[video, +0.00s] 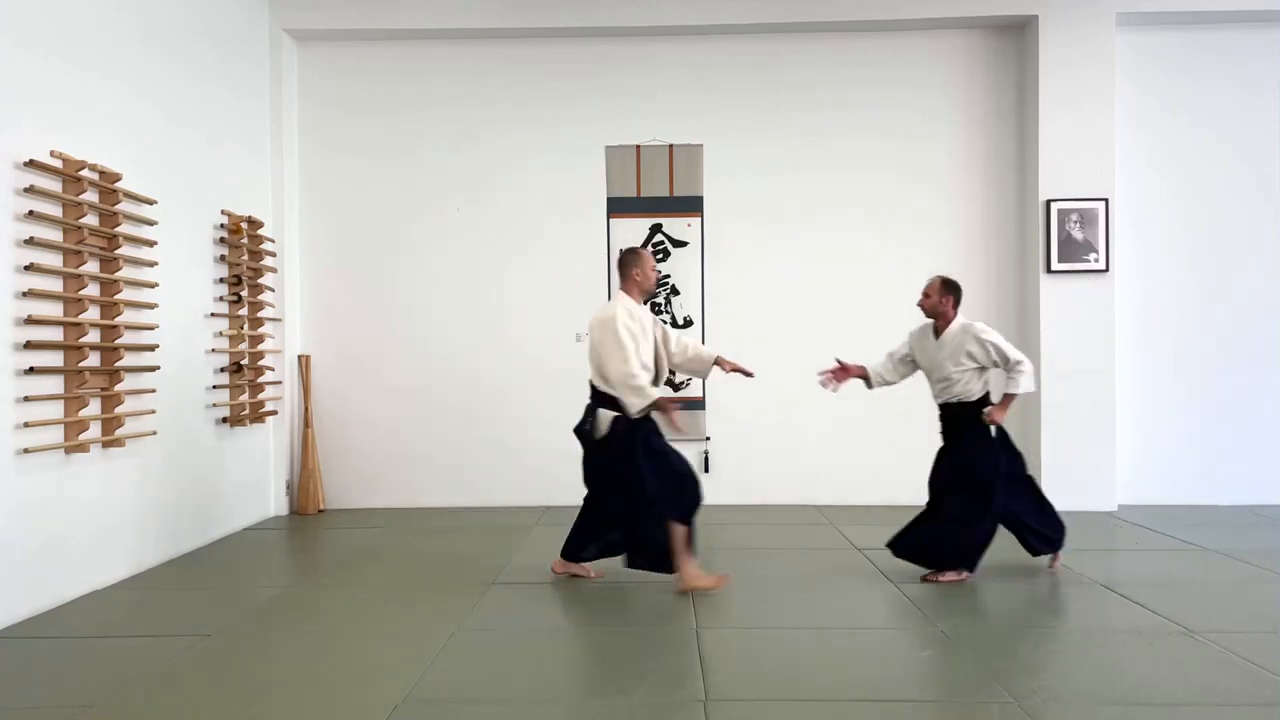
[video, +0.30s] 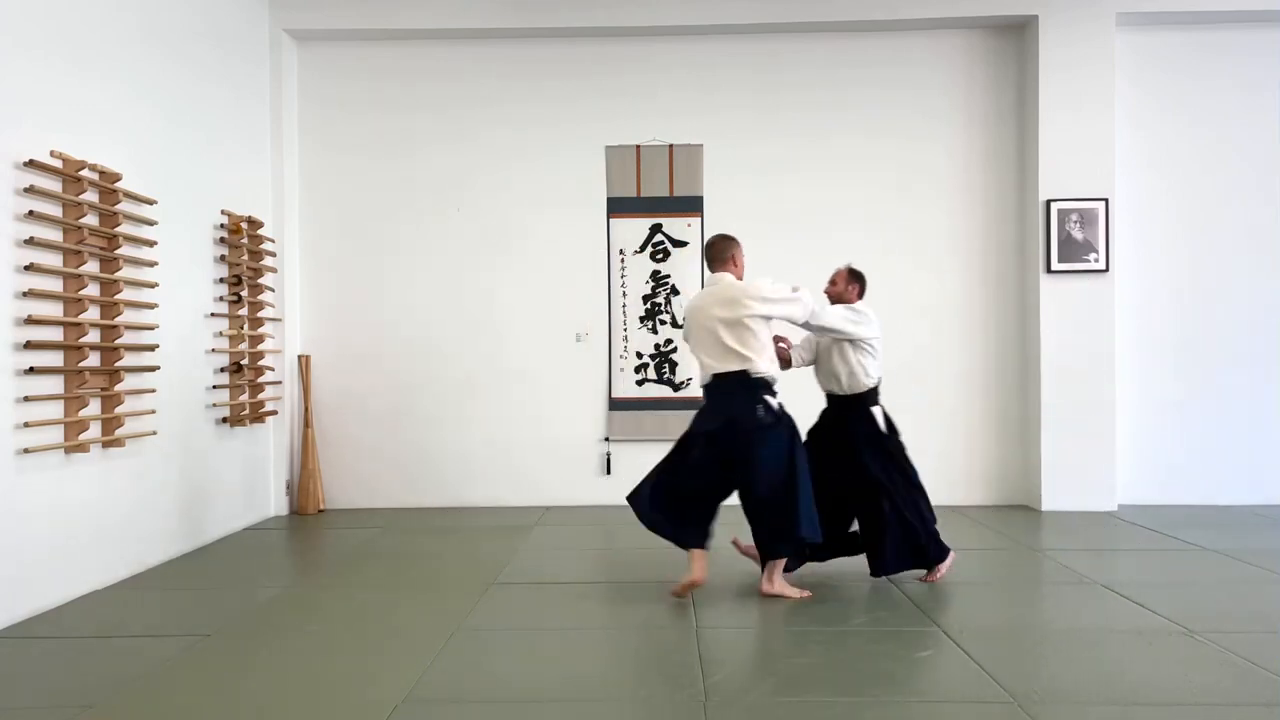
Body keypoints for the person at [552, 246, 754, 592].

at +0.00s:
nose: (659, 273)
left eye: (657, 267)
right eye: (653, 268)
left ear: (635, 275)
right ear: (635, 274)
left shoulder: (646, 319)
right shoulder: (613, 317)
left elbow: (677, 346)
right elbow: (620, 371)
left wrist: (718, 361)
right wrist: (655, 399)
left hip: (626, 419)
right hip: (616, 421)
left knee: (605, 492)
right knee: (680, 480)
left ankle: (568, 559)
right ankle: (687, 571)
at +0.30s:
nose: (744, 265)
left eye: (741, 259)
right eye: (743, 259)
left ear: (708, 264)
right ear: (736, 260)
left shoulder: (693, 306)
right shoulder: (750, 294)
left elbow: (706, 347)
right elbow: (807, 307)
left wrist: (765, 344)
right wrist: (802, 294)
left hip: (716, 406)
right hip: (758, 404)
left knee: (697, 484)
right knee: (782, 486)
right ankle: (773, 578)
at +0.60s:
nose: (784, 284)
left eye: (786, 278)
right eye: (784, 278)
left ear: (801, 280)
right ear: (815, 278)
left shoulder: (817, 316)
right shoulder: (826, 305)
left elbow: (771, 348)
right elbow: (771, 312)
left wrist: (732, 346)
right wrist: (741, 324)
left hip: (833, 435)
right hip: (858, 427)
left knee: (783, 512)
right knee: (897, 506)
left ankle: (808, 605)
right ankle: (962, 585)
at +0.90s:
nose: (815, 278)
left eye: (820, 271)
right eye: (816, 271)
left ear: (843, 271)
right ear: (845, 271)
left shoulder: (862, 305)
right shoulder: (842, 307)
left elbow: (827, 319)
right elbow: (790, 330)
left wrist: (769, 312)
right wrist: (737, 317)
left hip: (870, 426)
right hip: (864, 424)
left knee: (807, 497)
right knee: (906, 507)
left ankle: (808, 600)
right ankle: (962, 587)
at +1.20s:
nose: (765, 282)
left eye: (771, 276)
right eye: (764, 275)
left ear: (797, 277)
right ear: (787, 276)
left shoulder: (812, 310)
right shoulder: (775, 322)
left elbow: (764, 297)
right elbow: (747, 349)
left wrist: (717, 275)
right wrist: (721, 352)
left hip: (835, 429)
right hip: (813, 433)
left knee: (789, 504)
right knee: (874, 505)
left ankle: (790, 604)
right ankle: (946, 568)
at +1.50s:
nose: (704, 260)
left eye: (712, 252)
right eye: (700, 254)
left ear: (730, 256)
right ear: (697, 261)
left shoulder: (747, 297)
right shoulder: (690, 304)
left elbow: (739, 241)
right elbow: (644, 301)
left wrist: (684, 235)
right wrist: (652, 248)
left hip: (751, 419)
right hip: (704, 421)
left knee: (759, 515)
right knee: (656, 498)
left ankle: (784, 604)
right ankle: (648, 596)